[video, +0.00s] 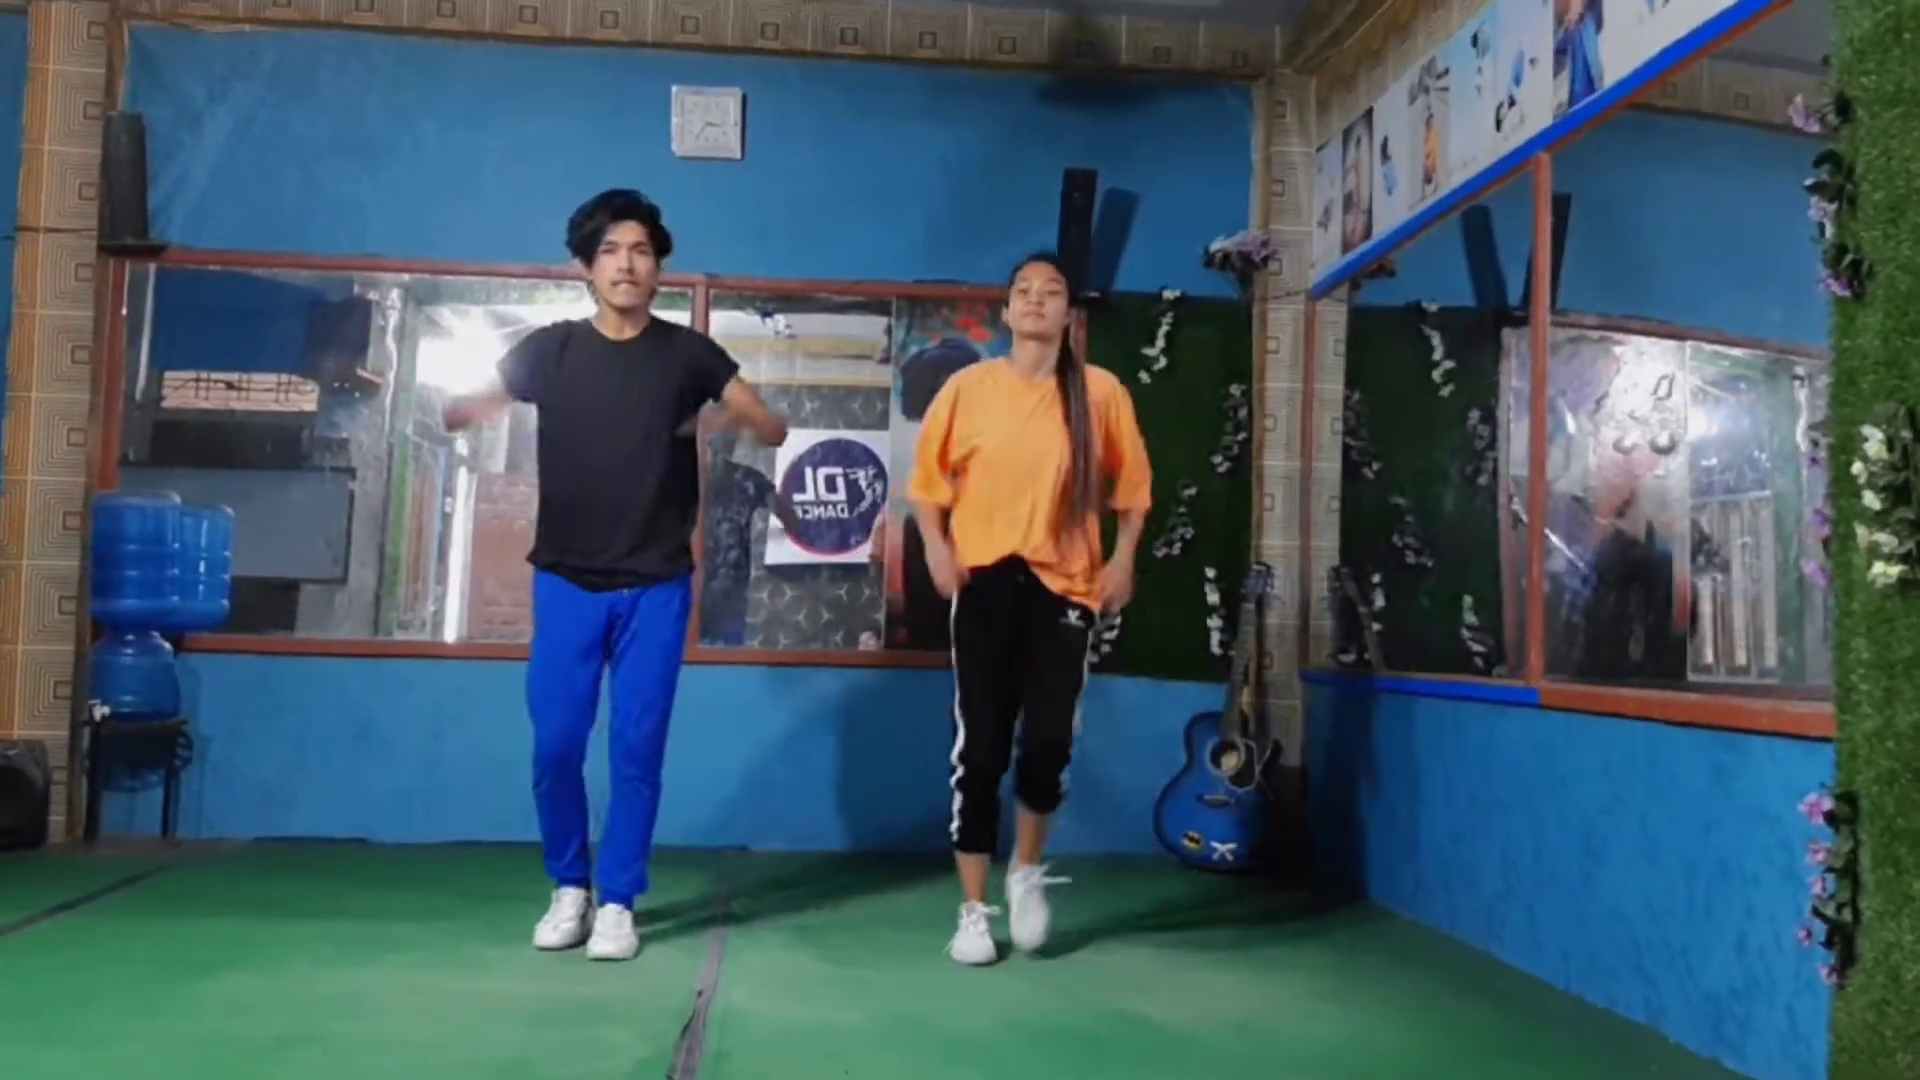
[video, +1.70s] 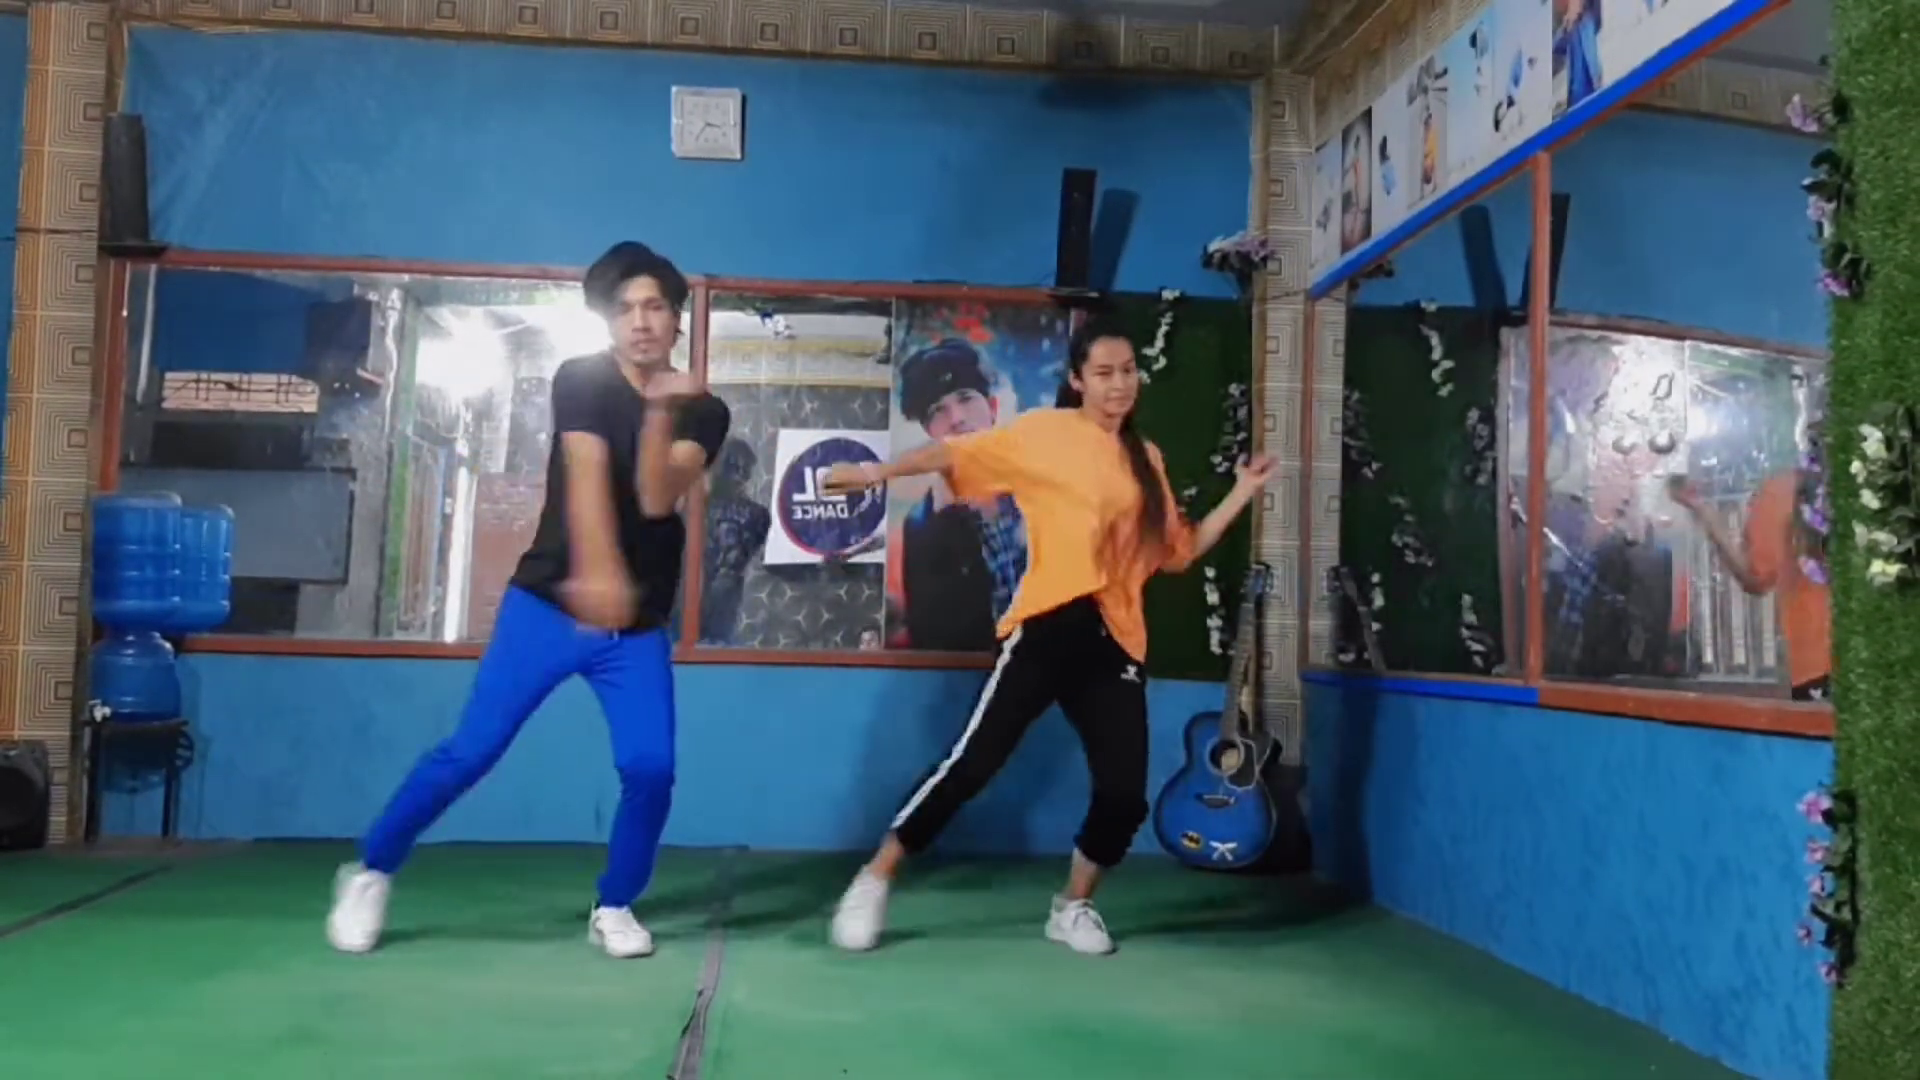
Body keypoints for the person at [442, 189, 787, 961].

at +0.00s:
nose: (629, 264)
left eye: (642, 251)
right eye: (613, 251)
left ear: (660, 268)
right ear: (586, 267)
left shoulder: (691, 354)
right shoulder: (549, 348)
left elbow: (773, 432)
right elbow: (485, 402)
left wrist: (743, 412)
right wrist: (459, 411)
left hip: (657, 585)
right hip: (565, 583)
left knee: (637, 748)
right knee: (553, 744)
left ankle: (617, 903)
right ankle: (568, 888)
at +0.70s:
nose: (614, 261)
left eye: (628, 246)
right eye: (597, 248)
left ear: (652, 260)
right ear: (578, 263)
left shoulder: (691, 341)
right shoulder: (550, 350)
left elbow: (778, 402)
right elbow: (466, 400)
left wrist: (724, 427)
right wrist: (449, 417)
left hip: (656, 558)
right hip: (570, 556)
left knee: (628, 690)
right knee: (521, 709)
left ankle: (618, 840)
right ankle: (537, 884)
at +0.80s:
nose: (604, 271)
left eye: (618, 256)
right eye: (588, 258)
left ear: (642, 271)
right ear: (569, 275)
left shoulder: (682, 362)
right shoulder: (549, 368)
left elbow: (736, 464)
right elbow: (505, 470)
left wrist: (700, 535)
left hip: (628, 587)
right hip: (549, 583)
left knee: (586, 736)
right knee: (528, 740)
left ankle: (598, 892)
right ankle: (553, 898)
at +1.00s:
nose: (582, 282)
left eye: (598, 269)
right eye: (569, 271)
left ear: (626, 284)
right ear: (553, 287)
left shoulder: (665, 346)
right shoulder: (540, 392)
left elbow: (729, 420)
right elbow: (484, 475)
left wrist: (643, 434)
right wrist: (446, 509)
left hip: (642, 578)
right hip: (559, 582)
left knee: (584, 704)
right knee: (523, 745)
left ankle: (615, 855)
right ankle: (552, 904)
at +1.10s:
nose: (569, 281)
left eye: (586, 269)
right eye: (557, 269)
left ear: (612, 284)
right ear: (540, 285)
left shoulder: (639, 340)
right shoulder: (535, 390)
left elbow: (703, 425)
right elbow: (487, 481)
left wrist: (687, 530)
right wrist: (391, 436)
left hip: (644, 584)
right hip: (569, 594)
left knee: (631, 734)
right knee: (529, 751)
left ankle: (716, 859)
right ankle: (555, 910)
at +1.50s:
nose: (622, 299)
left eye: (634, 285)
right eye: (607, 288)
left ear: (657, 300)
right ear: (588, 303)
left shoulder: (687, 396)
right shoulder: (554, 375)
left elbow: (707, 502)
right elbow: (496, 463)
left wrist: (729, 442)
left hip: (638, 612)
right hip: (542, 603)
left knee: (658, 757)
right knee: (475, 731)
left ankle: (622, 899)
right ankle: (515, 885)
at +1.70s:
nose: (644, 324)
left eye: (656, 308)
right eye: (628, 310)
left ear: (677, 317)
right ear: (607, 320)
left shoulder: (704, 413)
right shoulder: (583, 381)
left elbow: (658, 498)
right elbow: (585, 478)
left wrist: (661, 410)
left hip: (638, 632)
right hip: (544, 614)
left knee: (652, 768)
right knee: (473, 752)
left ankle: (616, 908)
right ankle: (370, 873)